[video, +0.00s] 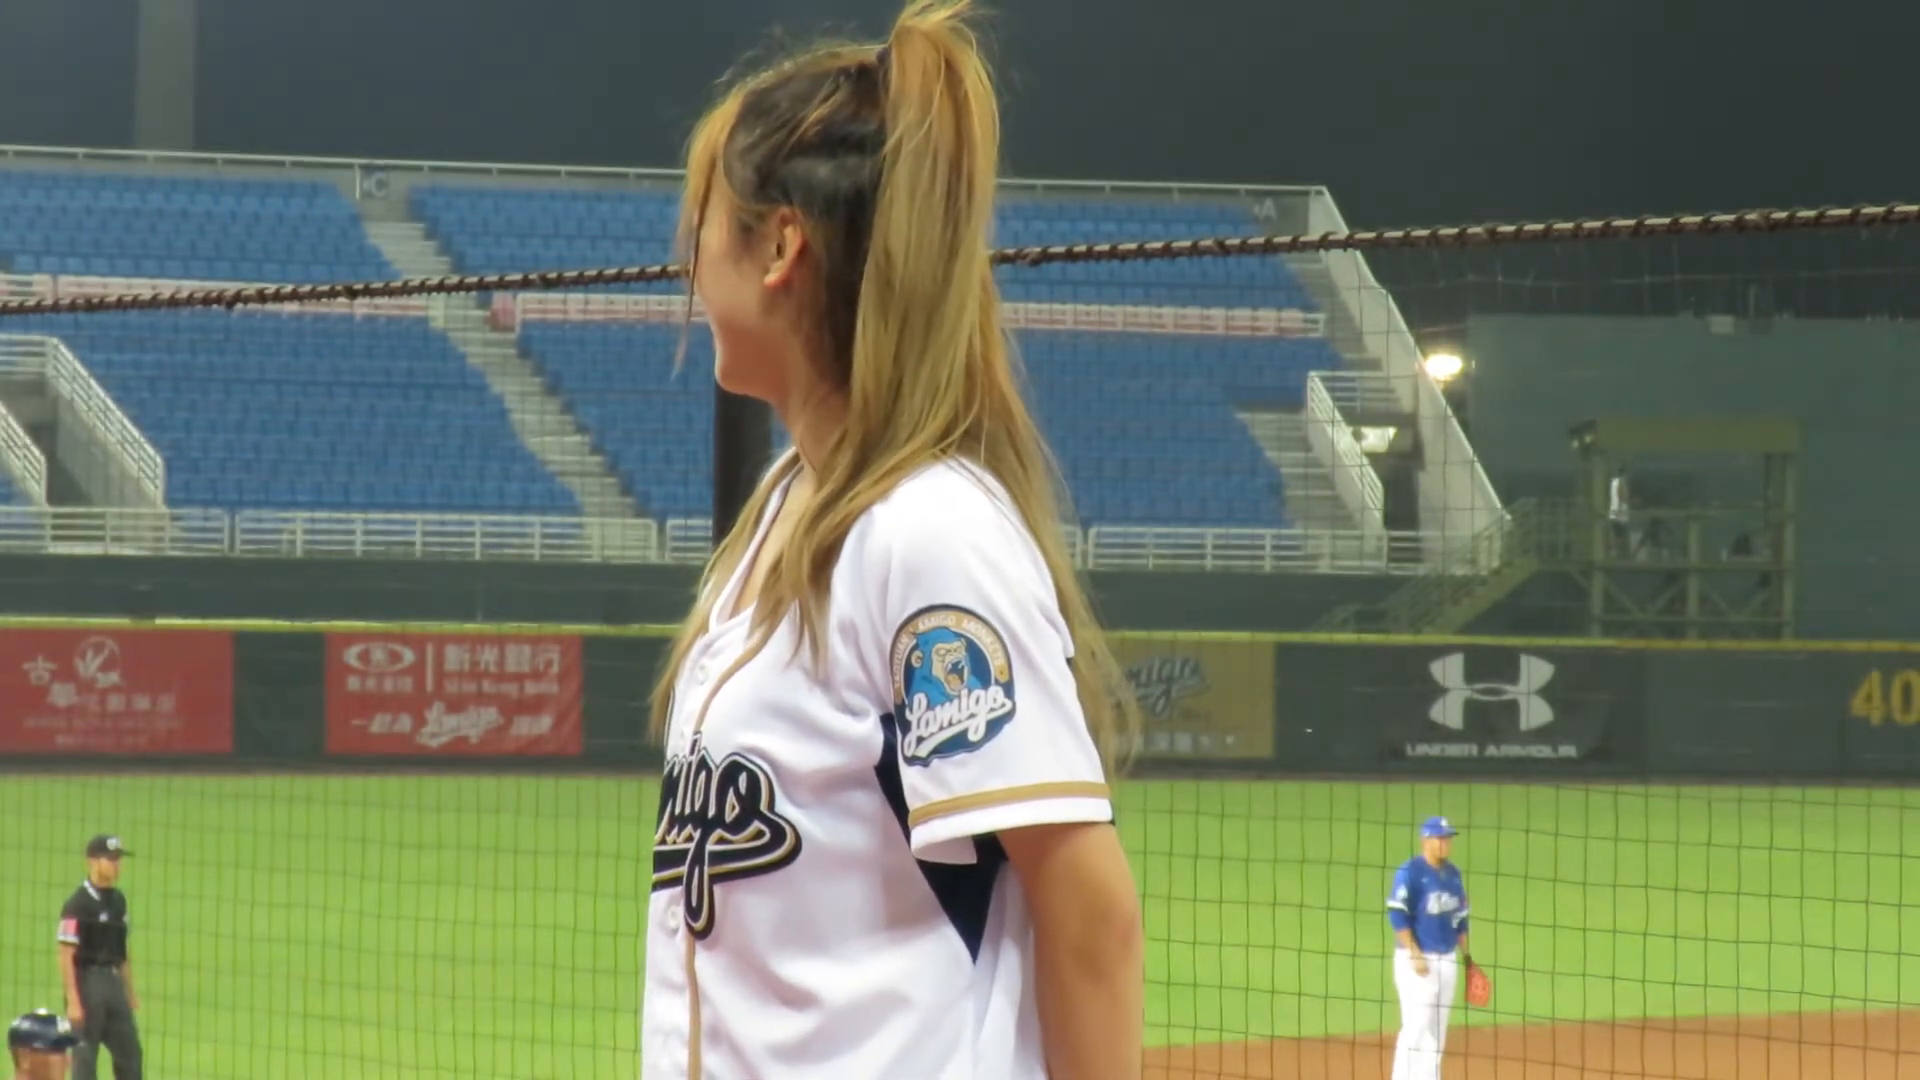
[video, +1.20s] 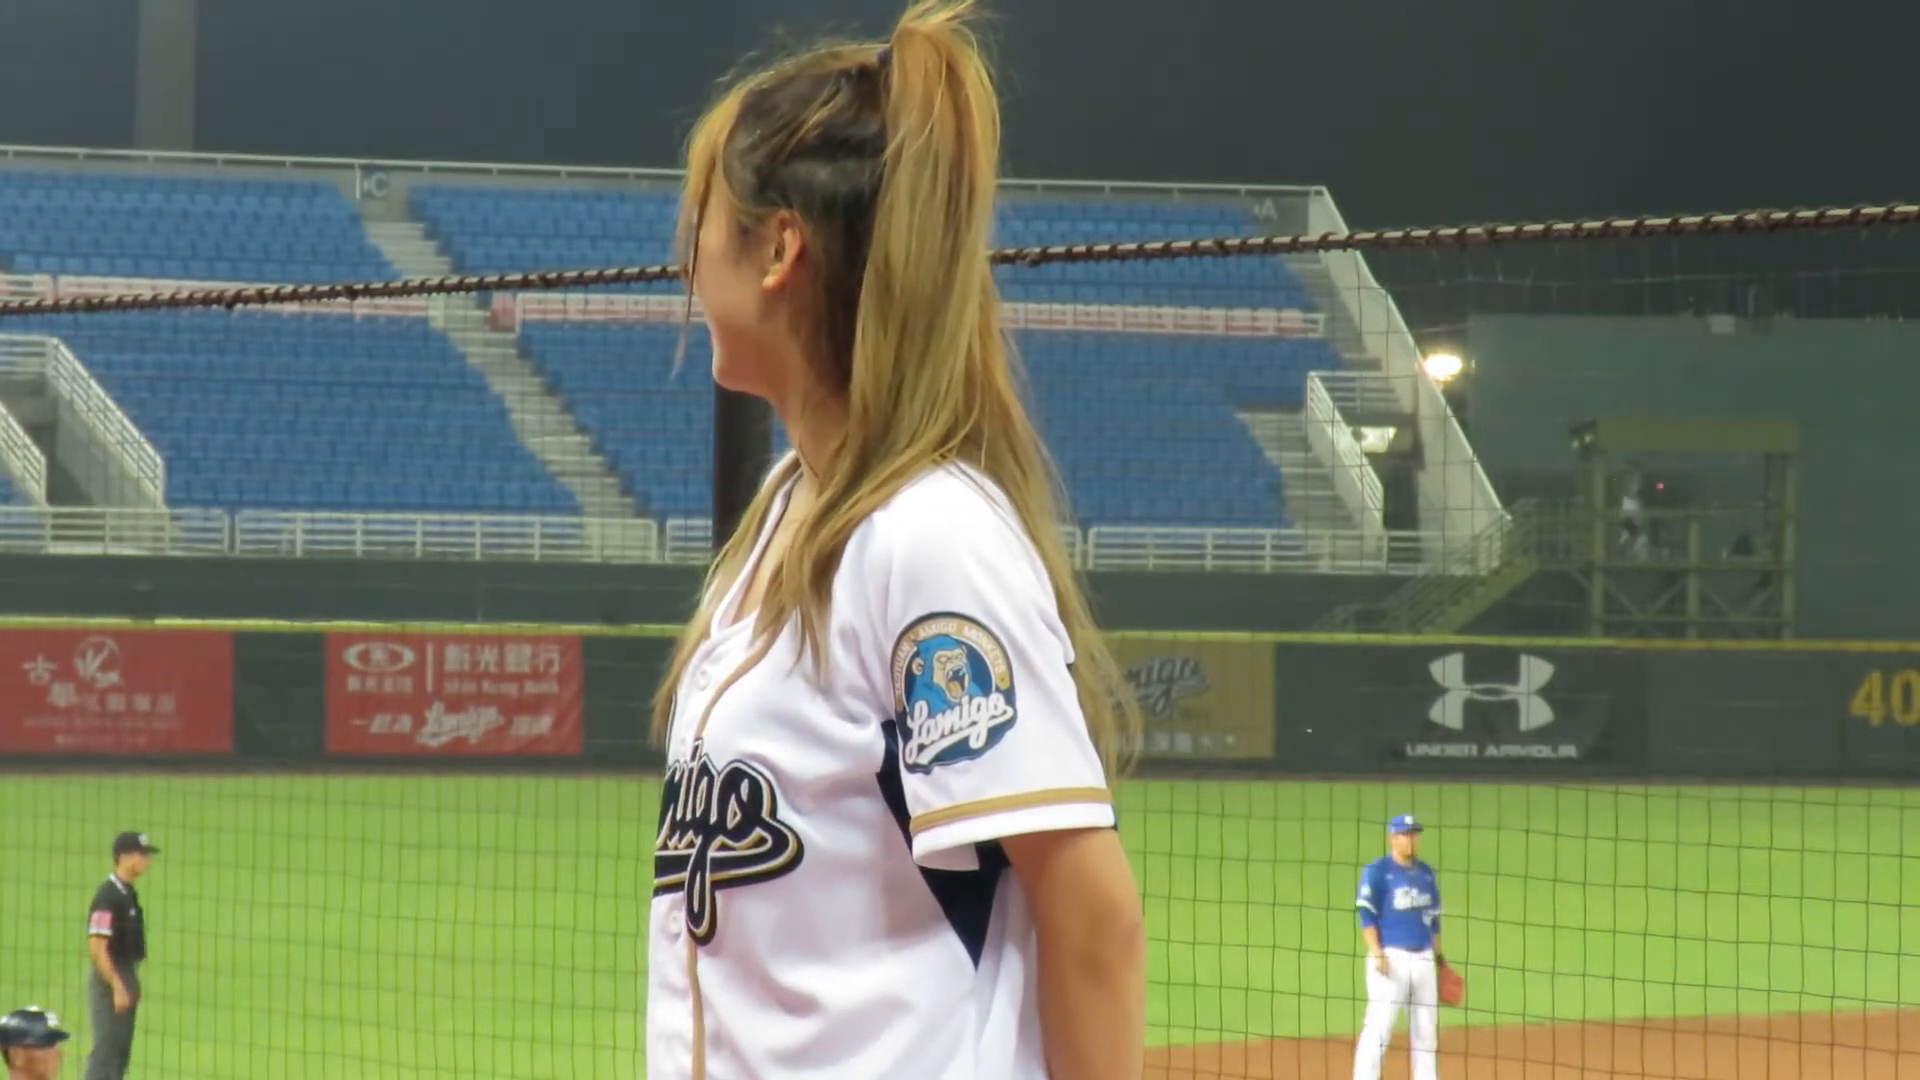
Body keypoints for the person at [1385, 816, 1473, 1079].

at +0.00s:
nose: (1445, 844)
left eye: (1447, 839)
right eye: (1439, 839)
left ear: (1450, 842)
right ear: (1426, 840)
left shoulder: (1452, 874)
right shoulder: (1410, 872)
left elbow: (1460, 921)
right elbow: (1397, 914)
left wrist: (1467, 960)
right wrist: (1415, 952)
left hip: (1447, 960)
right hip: (1416, 958)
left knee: (1437, 1028)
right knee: (1416, 1025)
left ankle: (1429, 1075)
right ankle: (1404, 1075)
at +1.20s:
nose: (1410, 840)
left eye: (1413, 835)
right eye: (1404, 835)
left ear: (1417, 838)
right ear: (1392, 838)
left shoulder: (1426, 872)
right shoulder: (1376, 871)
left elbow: (1432, 921)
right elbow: (1366, 914)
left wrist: (1439, 959)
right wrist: (1377, 953)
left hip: (1424, 958)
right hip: (1390, 957)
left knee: (1426, 1032)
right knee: (1378, 1030)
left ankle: (1426, 1077)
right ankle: (1365, 1076)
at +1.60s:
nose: (1381, 844)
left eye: (1385, 838)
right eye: (1375, 839)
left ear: (1390, 839)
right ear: (1364, 841)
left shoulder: (1401, 869)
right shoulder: (1352, 873)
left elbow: (1410, 917)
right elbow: (1343, 919)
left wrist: (1423, 953)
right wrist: (1343, 958)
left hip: (1400, 959)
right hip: (1366, 959)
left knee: (1413, 1025)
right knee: (1364, 1030)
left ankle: (1417, 1076)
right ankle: (1360, 1075)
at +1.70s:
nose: (1380, 844)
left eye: (1383, 839)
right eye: (1374, 839)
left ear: (1388, 840)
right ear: (1362, 841)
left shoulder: (1397, 869)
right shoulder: (1349, 874)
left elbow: (1407, 916)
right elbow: (1338, 918)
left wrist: (1418, 950)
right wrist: (1341, 958)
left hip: (1397, 958)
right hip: (1364, 958)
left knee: (1407, 1025)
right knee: (1364, 1029)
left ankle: (1399, 1075)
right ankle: (1359, 1075)